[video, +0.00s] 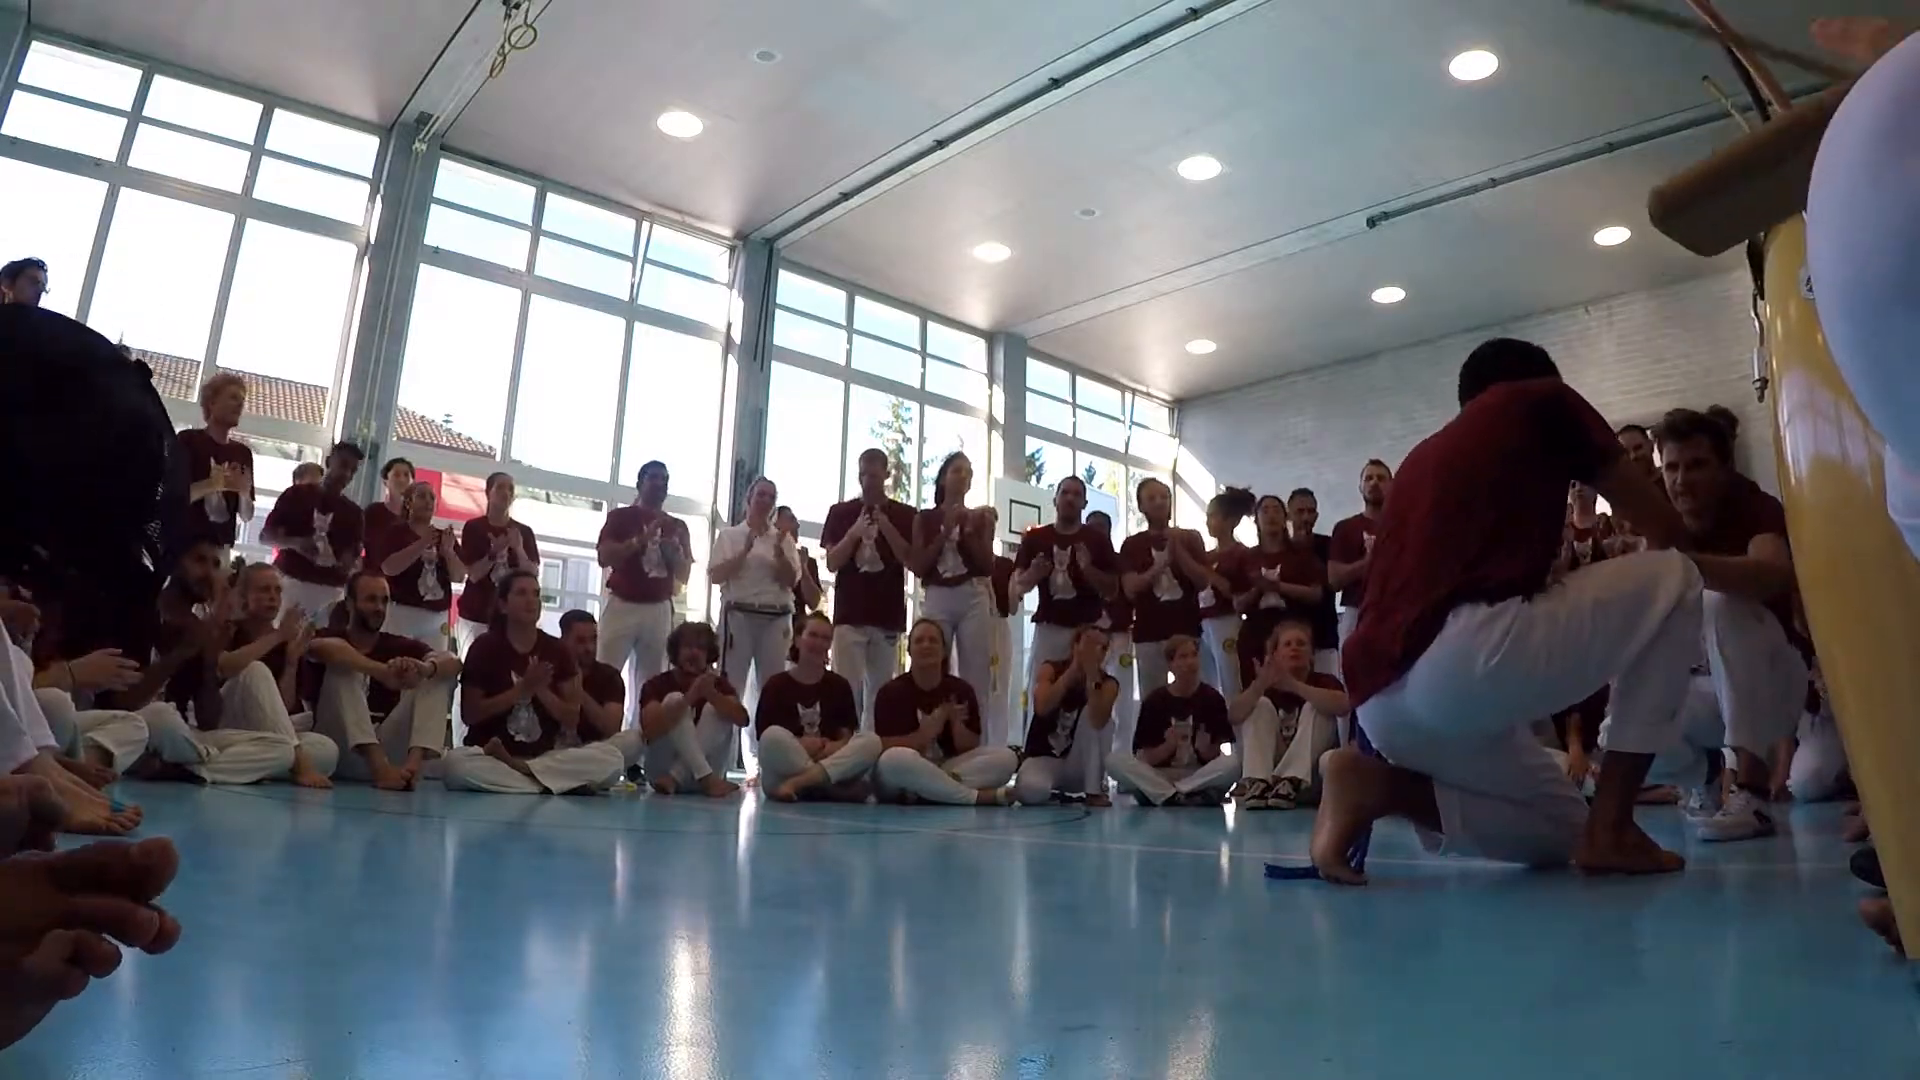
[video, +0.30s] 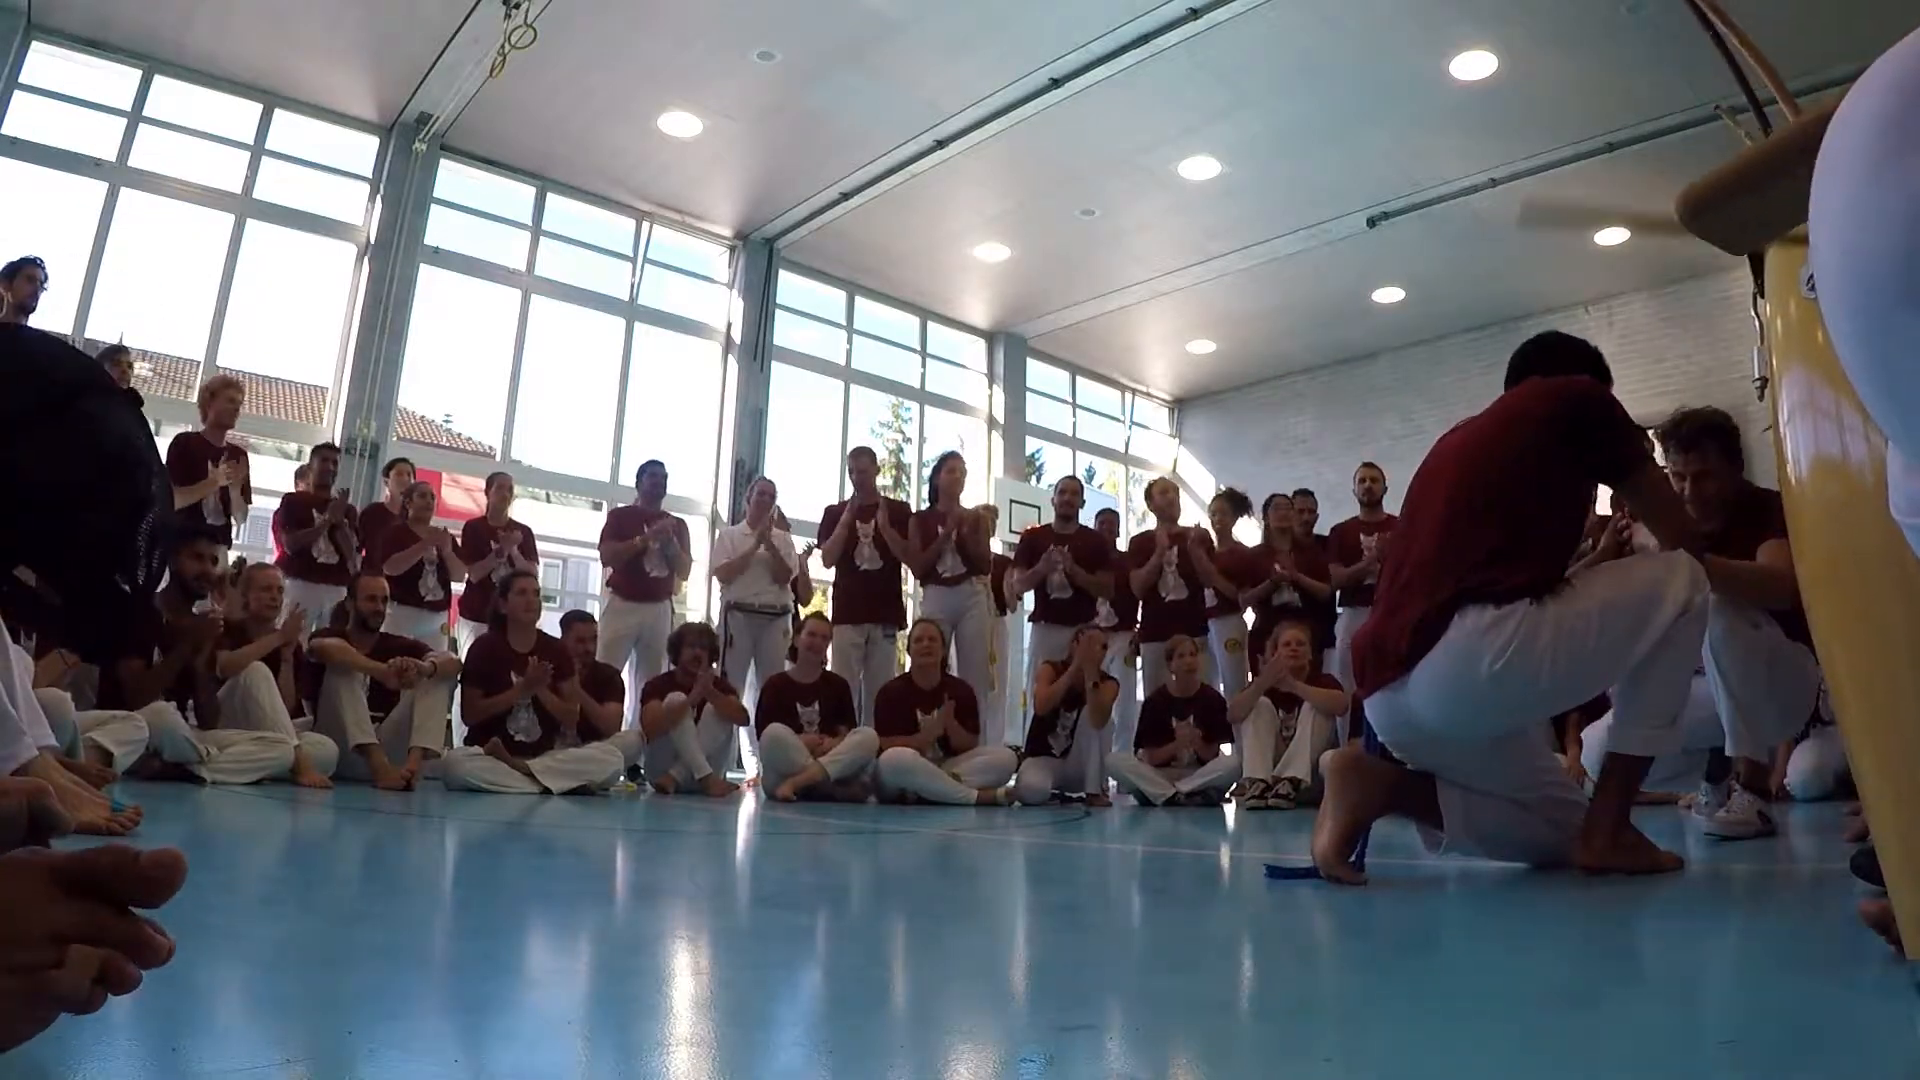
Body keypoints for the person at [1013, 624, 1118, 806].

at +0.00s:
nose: (1095, 653)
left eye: (1102, 648)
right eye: (1089, 645)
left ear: (1106, 653)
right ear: (1075, 647)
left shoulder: (1107, 683)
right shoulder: (1050, 669)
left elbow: (1098, 719)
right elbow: (1042, 707)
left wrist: (1092, 672)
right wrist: (1074, 669)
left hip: (1080, 762)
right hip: (1043, 760)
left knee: (1093, 712)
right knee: (1031, 792)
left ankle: (1094, 790)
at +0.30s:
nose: (1093, 651)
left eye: (1101, 647)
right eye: (1088, 644)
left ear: (1105, 652)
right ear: (1074, 645)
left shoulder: (1108, 683)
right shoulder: (1049, 669)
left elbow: (1098, 719)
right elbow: (1041, 706)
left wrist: (1091, 671)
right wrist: (1075, 667)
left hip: (1080, 763)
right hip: (1042, 760)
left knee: (1093, 712)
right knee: (1032, 792)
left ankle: (1094, 790)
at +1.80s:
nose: (1098, 648)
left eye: (1103, 645)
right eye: (1092, 642)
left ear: (1105, 651)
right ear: (1074, 644)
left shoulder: (1108, 683)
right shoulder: (1050, 671)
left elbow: (1102, 720)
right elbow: (1040, 711)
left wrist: (1091, 678)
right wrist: (1072, 673)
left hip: (1080, 762)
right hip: (1042, 760)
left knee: (1095, 709)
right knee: (1034, 793)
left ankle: (1093, 791)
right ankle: (1010, 794)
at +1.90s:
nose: (1098, 649)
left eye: (1103, 645)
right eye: (1092, 642)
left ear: (1105, 651)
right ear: (1074, 644)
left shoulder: (1109, 683)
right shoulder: (1050, 671)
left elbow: (1105, 726)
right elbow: (1040, 711)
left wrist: (1094, 684)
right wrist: (1069, 672)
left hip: (1083, 759)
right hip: (1043, 757)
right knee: (1041, 787)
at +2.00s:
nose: (1097, 649)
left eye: (1103, 645)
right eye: (1092, 642)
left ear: (1107, 650)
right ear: (1074, 644)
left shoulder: (1105, 679)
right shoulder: (1051, 670)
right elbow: (1046, 705)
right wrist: (1073, 671)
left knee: (1097, 727)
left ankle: (1093, 789)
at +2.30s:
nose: (1096, 650)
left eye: (1102, 646)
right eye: (1090, 643)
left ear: (1105, 652)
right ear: (1073, 646)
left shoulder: (1103, 680)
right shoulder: (1050, 672)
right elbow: (1037, 717)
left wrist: (1091, 686)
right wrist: (1064, 682)